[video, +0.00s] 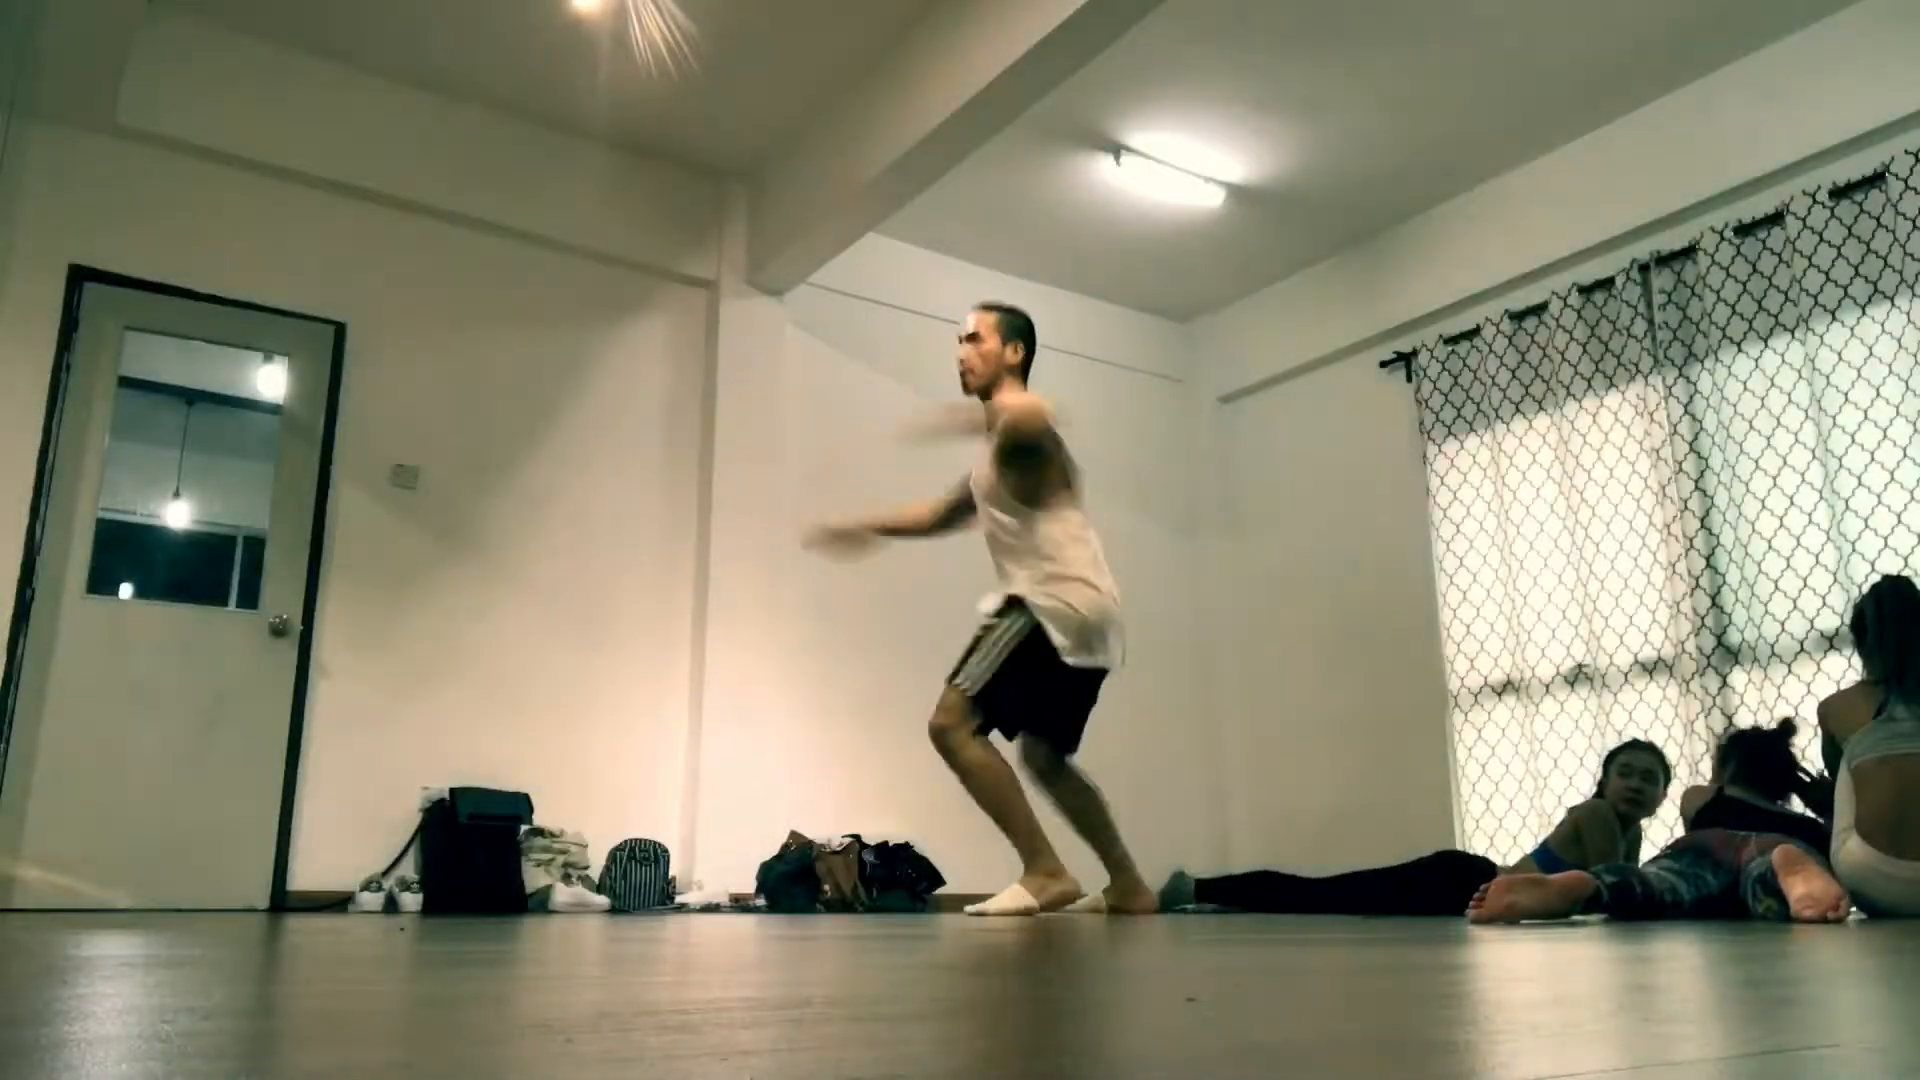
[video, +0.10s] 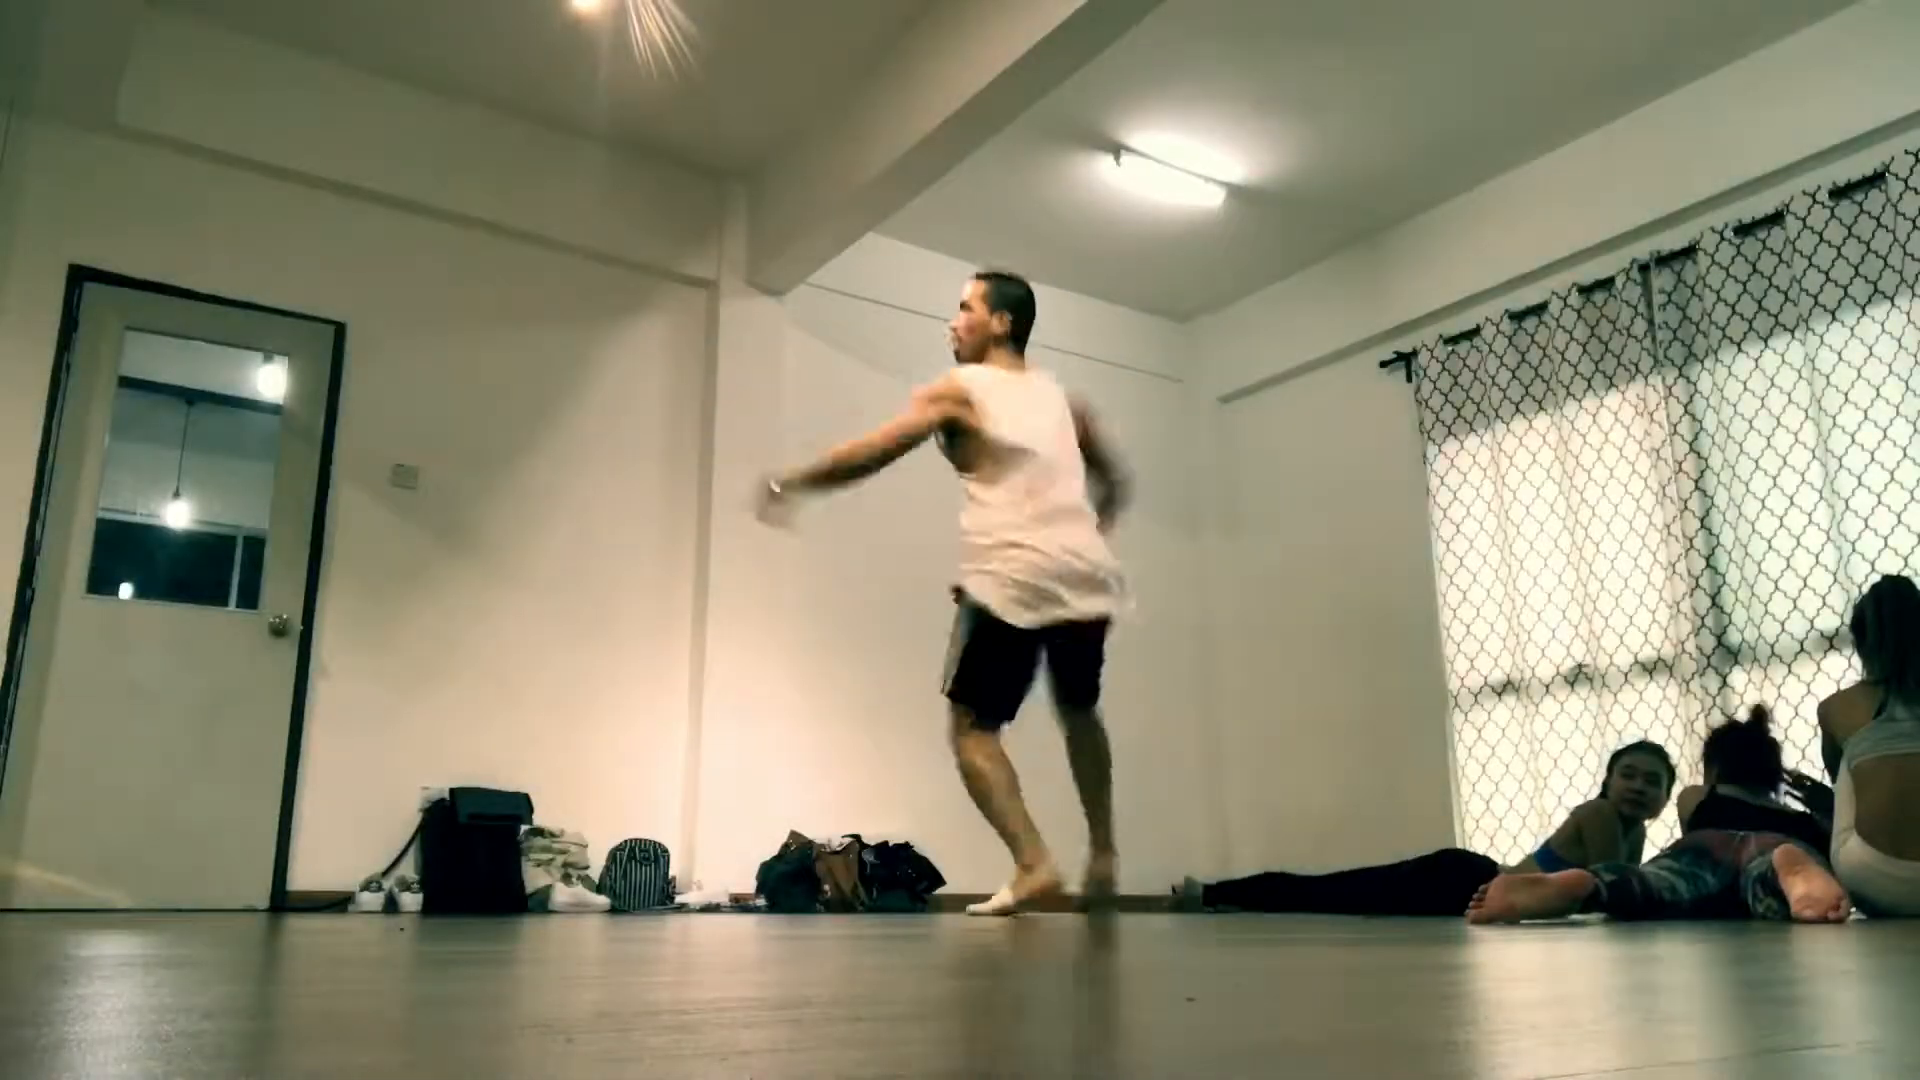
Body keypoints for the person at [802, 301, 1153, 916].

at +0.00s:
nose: (960, 351)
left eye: (974, 340)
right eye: (962, 341)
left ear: (1013, 353)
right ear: (995, 356)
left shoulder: (1024, 411)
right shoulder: (997, 454)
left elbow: (1025, 421)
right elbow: (941, 515)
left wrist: (976, 416)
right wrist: (864, 527)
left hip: (1048, 602)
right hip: (1086, 611)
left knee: (952, 725)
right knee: (1042, 756)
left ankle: (1045, 874)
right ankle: (1129, 885)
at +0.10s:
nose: (953, 321)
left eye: (966, 310)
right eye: (958, 308)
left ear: (1001, 323)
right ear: (1014, 327)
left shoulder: (957, 389)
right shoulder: (1059, 396)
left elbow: (870, 454)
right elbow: (1112, 477)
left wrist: (791, 480)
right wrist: (1092, 530)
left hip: (1009, 579)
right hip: (1086, 578)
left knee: (973, 731)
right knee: (1080, 712)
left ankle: (1033, 866)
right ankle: (1105, 858)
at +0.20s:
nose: (1029, 310)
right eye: (1028, 300)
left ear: (965, 310)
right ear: (1027, 304)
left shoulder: (942, 385)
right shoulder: (1043, 362)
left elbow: (923, 474)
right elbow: (1128, 423)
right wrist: (1180, 471)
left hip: (963, 565)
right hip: (1040, 545)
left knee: (997, 710)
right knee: (1115, 620)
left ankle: (985, 874)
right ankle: (1071, 769)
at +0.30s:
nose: (1014, 272)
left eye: (1024, 264)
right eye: (997, 263)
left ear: (1037, 285)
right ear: (972, 285)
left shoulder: (1037, 376)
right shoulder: (975, 343)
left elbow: (1071, 457)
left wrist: (1149, 455)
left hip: (991, 532)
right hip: (973, 511)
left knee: (989, 695)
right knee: (1109, 529)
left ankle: (942, 862)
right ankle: (1056, 669)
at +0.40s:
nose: (970, 272)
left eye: (984, 258)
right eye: (966, 263)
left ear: (1026, 268)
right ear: (969, 280)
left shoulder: (1073, 348)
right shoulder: (951, 349)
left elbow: (1137, 413)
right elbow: (876, 420)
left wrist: (1125, 379)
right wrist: (911, 382)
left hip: (1029, 537)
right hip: (957, 522)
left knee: (997, 697)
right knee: (929, 480)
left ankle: (975, 871)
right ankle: (1037, 639)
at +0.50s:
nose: (961, 266)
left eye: (976, 253)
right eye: (958, 256)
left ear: (1017, 262)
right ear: (961, 273)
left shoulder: (1051, 318)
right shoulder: (960, 368)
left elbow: (1034, 348)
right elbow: (900, 450)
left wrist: (924, 339)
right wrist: (845, 436)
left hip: (1042, 533)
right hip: (970, 521)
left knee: (1027, 700)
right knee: (849, 523)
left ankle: (1020, 873)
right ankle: (970, 611)